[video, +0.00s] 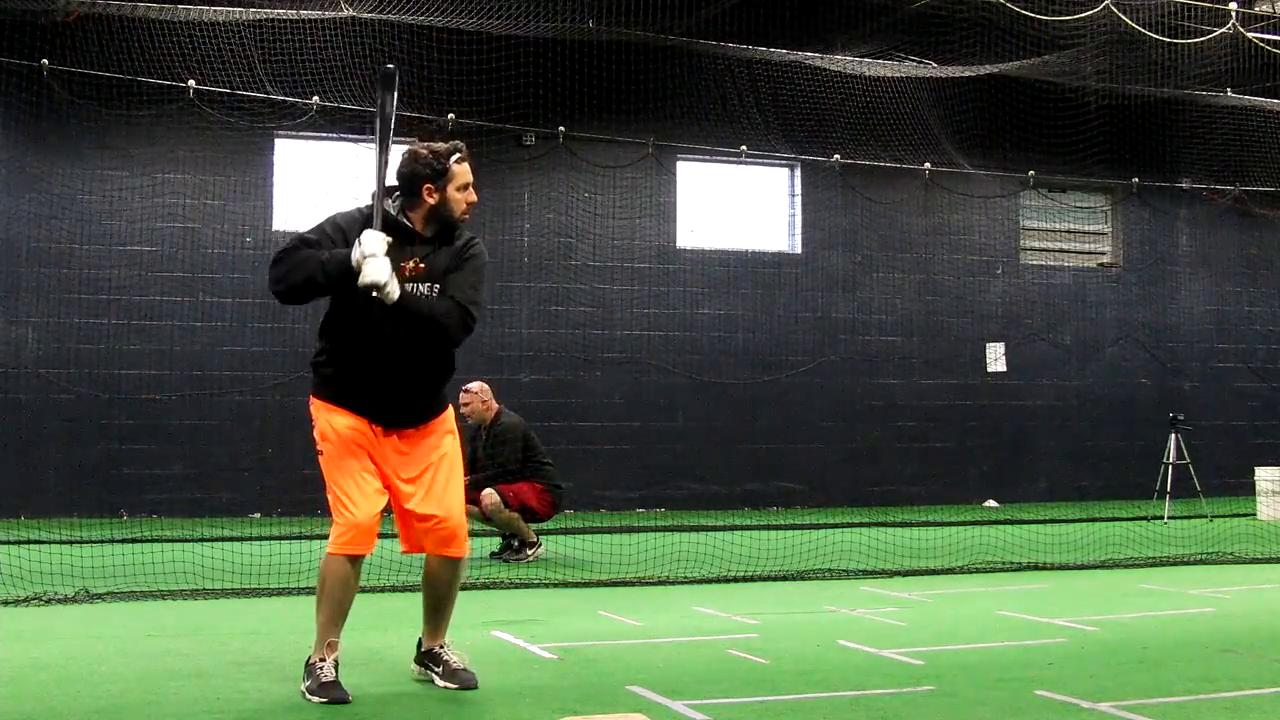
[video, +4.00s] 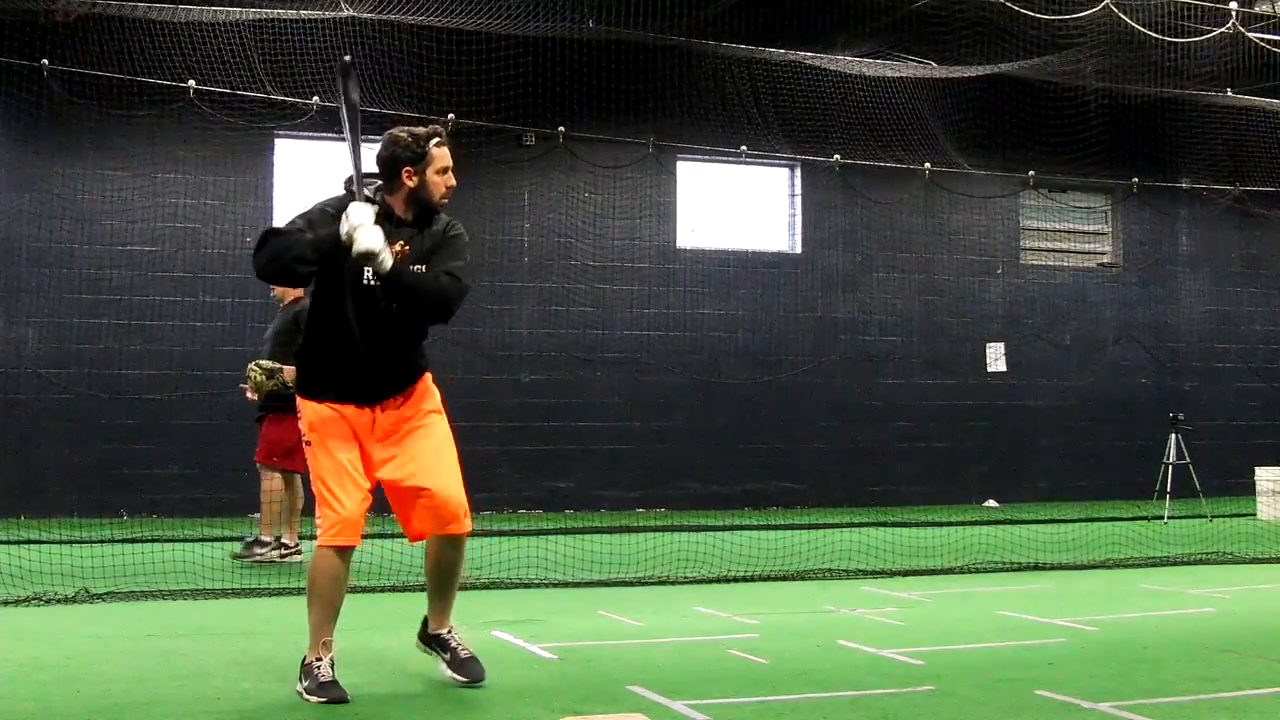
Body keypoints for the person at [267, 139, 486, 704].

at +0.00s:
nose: (474, 197)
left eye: (474, 186)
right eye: (465, 188)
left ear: (442, 191)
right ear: (430, 192)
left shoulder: (464, 249)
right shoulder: (361, 226)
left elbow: (457, 320)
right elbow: (283, 277)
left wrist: (399, 290)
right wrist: (351, 262)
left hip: (425, 417)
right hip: (348, 410)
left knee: (449, 532)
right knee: (357, 524)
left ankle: (433, 648)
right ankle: (322, 660)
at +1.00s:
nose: (547, 189)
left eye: (546, 180)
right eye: (545, 182)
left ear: (483, 186)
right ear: (525, 188)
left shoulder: (426, 232)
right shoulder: (537, 228)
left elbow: (366, 282)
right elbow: (476, 215)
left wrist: (390, 217)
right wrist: (411, 191)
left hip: (445, 412)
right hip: (463, 418)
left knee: (523, 526)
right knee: (444, 561)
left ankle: (562, 649)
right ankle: (306, 640)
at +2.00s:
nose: (590, 203)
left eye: (594, 193)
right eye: (584, 192)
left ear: (572, 185)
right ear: (548, 183)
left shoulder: (557, 229)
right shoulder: (506, 251)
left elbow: (564, 315)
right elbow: (493, 359)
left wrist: (565, 377)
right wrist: (550, 408)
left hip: (521, 401)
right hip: (458, 402)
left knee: (569, 512)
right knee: (418, 527)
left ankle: (567, 645)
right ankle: (311, 636)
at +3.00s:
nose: (468, 152)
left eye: (466, 142)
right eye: (459, 143)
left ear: (433, 149)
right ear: (425, 150)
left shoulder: (469, 203)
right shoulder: (372, 212)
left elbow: (487, 243)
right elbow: (305, 259)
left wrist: (416, 201)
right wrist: (370, 209)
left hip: (453, 392)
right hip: (376, 395)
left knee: (476, 527)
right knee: (362, 528)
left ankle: (468, 645)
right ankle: (323, 657)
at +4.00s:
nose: (450, 181)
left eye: (451, 171)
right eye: (442, 172)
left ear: (416, 175)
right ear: (407, 176)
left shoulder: (443, 232)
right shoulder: (343, 214)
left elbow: (445, 300)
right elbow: (266, 257)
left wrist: (386, 259)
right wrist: (339, 236)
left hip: (409, 400)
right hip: (332, 404)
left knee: (451, 516)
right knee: (342, 525)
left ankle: (438, 629)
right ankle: (318, 658)